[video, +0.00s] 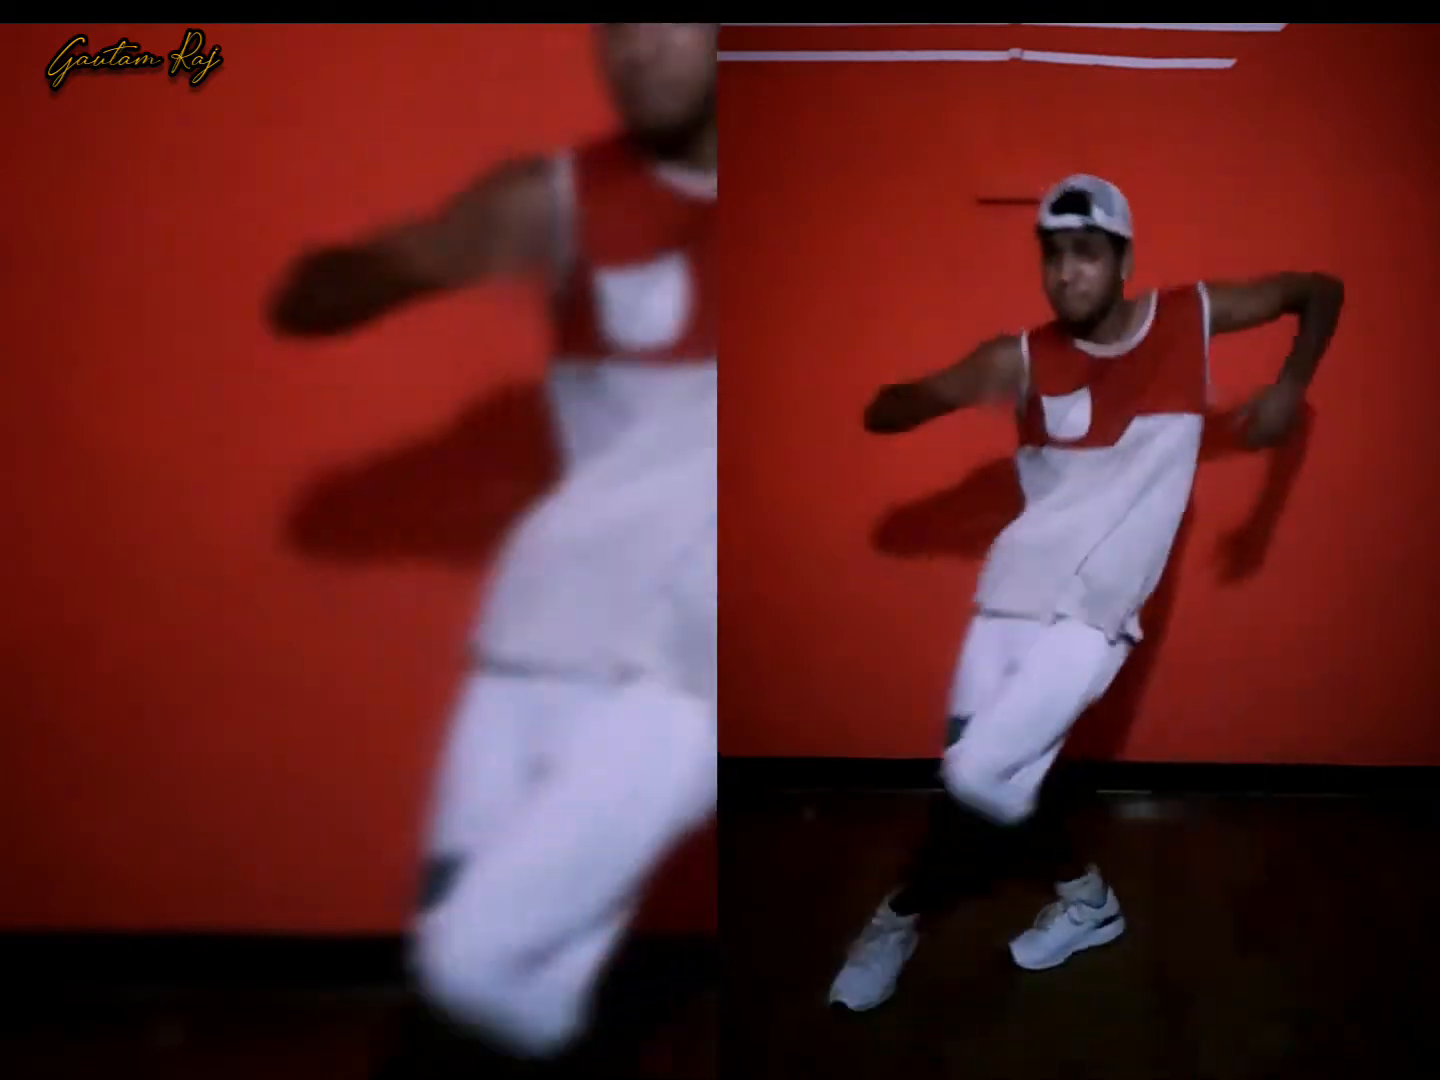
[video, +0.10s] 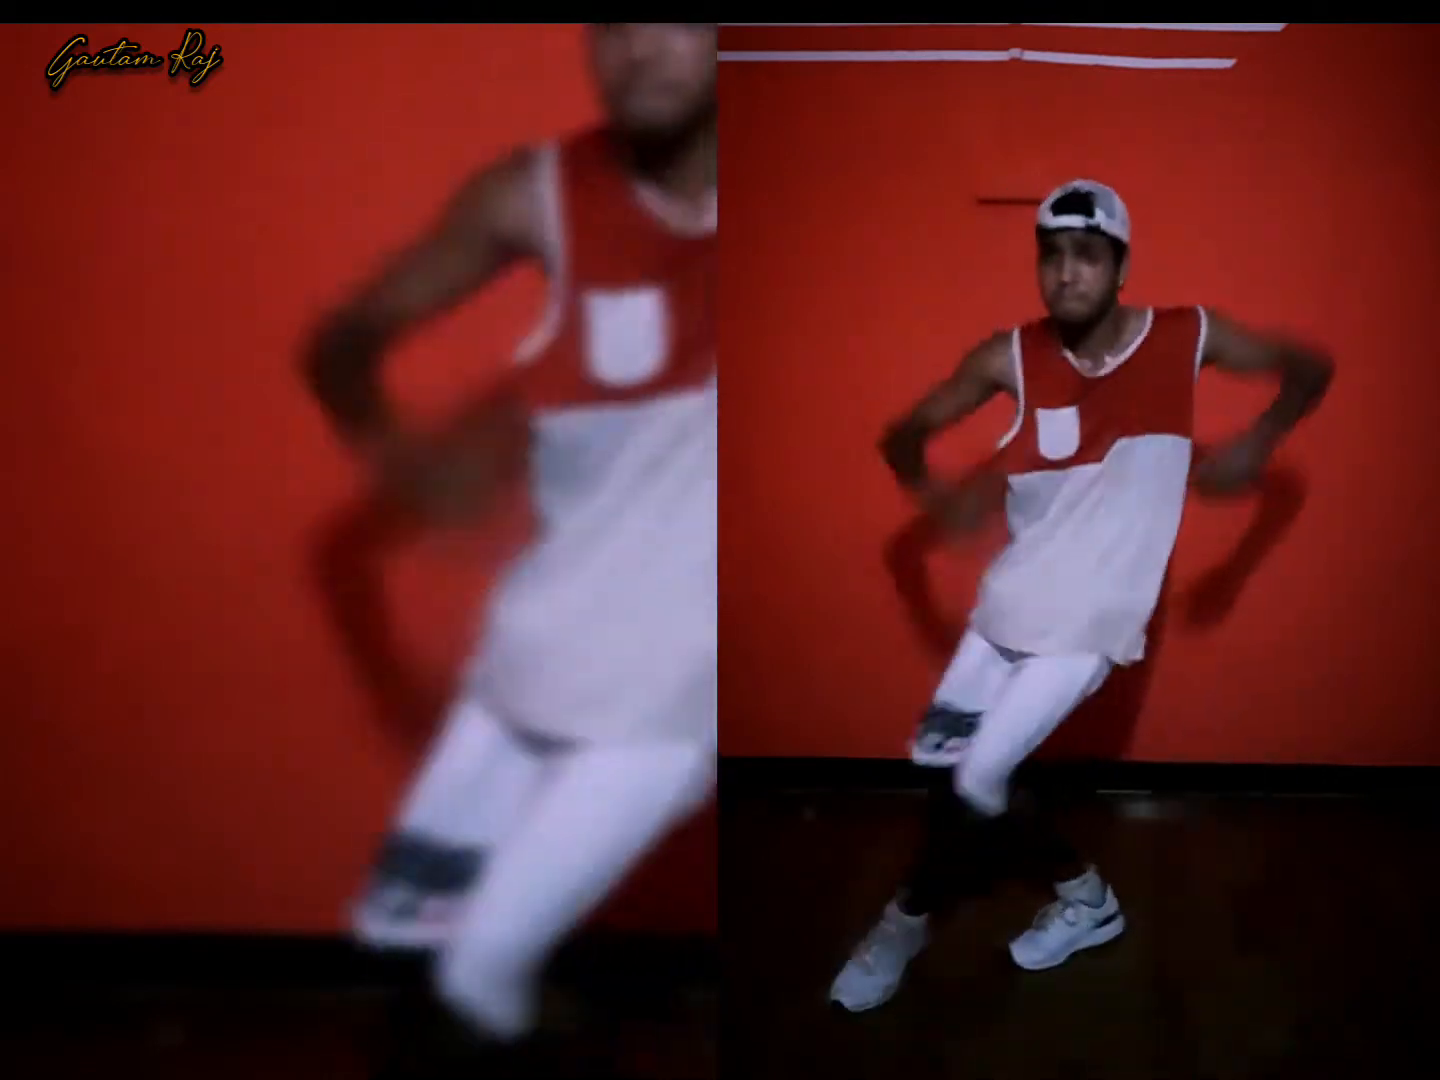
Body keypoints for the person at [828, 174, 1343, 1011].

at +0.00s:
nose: (1066, 273)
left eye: (1085, 257)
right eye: (1054, 257)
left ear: (1123, 261)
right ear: (1041, 267)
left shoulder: (1186, 315)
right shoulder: (1020, 359)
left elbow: (1321, 292)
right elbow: (893, 412)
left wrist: (1290, 387)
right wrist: (918, 398)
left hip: (1099, 606)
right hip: (1011, 591)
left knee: (975, 772)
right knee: (982, 767)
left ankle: (894, 926)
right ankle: (1085, 898)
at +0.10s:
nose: (1065, 276)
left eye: (1085, 259)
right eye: (1053, 258)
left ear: (1121, 267)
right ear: (1039, 268)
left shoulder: (1188, 337)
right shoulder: (1009, 356)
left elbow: (1310, 368)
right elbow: (903, 436)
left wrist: (1250, 448)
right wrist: (935, 500)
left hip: (1098, 610)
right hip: (1014, 596)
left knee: (976, 774)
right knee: (938, 758)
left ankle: (900, 930)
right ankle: (1084, 897)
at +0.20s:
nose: (1058, 284)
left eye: (1076, 266)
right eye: (1044, 266)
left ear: (1109, 277)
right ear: (1026, 276)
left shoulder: (1172, 372)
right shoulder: (1006, 368)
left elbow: (1249, 479)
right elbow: (964, 475)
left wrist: (1152, 535)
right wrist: (953, 583)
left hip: (1129, 592)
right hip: (1040, 591)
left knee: (1044, 736)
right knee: (991, 745)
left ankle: (1087, 901)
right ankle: (1045, 909)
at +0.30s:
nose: (1056, 282)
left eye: (1075, 265)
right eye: (1041, 264)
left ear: (1107, 275)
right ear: (1025, 274)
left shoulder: (1156, 371)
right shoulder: (1018, 355)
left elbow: (1172, 525)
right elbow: (1029, 464)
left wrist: (1048, 507)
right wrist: (1020, 573)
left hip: (1168, 573)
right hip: (1078, 566)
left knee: (1153, 738)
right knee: (1028, 733)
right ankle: (1092, 907)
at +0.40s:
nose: (1069, 273)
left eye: (1088, 258)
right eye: (1054, 255)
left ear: (1116, 271)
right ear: (1035, 266)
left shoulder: (1143, 382)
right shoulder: (1050, 341)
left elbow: (1131, 547)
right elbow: (1079, 449)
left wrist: (1036, 450)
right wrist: (1088, 542)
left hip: (1198, 605)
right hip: (1103, 591)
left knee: (1256, 783)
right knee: (1030, 752)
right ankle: (1092, 907)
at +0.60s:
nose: (1076, 301)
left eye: (1096, 286)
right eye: (1061, 283)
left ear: (1122, 300)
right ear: (1042, 294)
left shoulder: (1150, 401)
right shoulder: (1045, 361)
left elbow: (1213, 540)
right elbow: (1076, 461)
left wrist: (1098, 518)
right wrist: (1049, 508)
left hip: (1203, 615)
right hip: (1111, 603)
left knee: (1273, 788)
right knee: (1032, 767)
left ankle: (1416, 938)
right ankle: (1094, 908)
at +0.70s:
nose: (1070, 292)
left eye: (1089, 275)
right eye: (1056, 273)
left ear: (1116, 287)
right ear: (1036, 283)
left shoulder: (1165, 377)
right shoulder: (1017, 375)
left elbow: (1224, 518)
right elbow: (1013, 473)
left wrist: (1163, 624)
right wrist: (1041, 544)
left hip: (1181, 572)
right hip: (1086, 572)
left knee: (1180, 771)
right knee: (1036, 747)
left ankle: (1295, 876)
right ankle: (1093, 906)